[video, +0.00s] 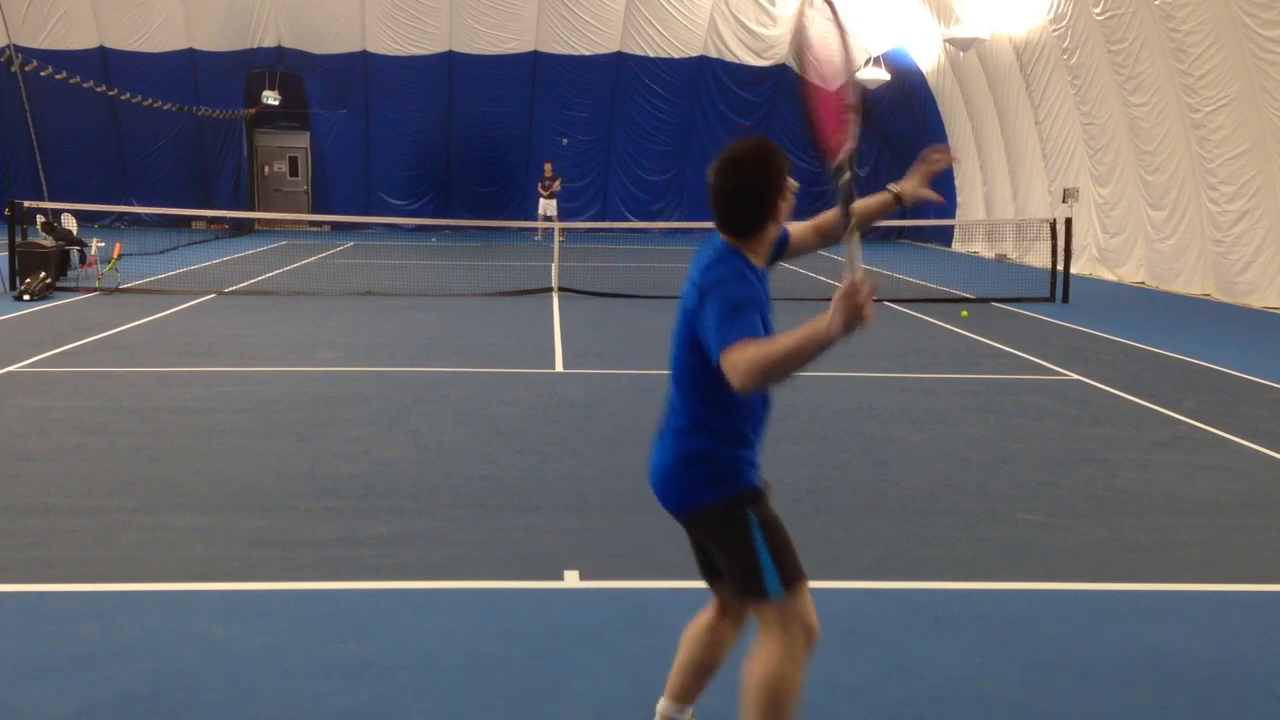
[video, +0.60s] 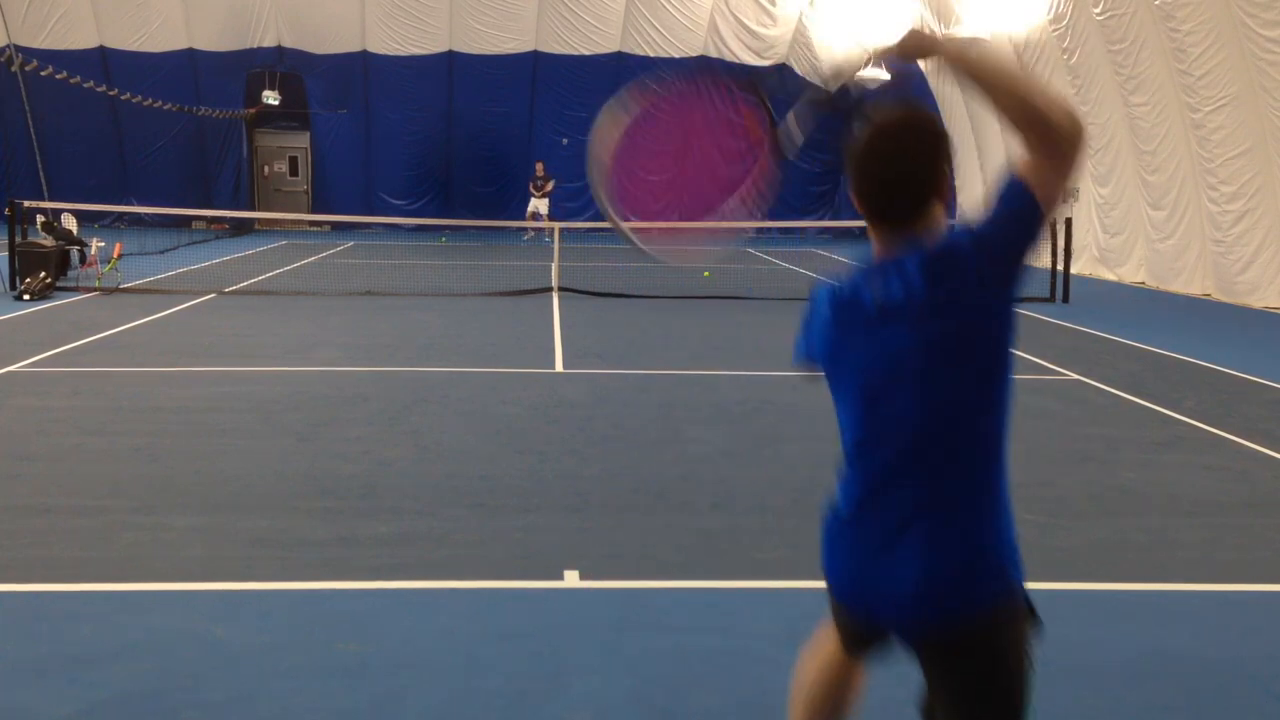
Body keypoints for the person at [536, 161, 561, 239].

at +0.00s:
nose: (547, 168)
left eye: (548, 166)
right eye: (545, 166)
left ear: (551, 167)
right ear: (544, 167)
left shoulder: (556, 177)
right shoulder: (542, 177)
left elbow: (558, 188)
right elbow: (539, 188)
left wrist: (550, 190)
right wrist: (544, 193)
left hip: (552, 199)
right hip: (543, 199)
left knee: (554, 217)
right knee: (540, 216)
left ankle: (559, 234)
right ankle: (540, 234)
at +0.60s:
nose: (538, 167)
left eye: (540, 166)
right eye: (537, 166)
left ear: (543, 167)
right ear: (535, 167)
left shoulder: (547, 177)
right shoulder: (533, 177)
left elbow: (549, 187)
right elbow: (530, 187)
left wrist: (542, 192)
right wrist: (535, 193)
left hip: (543, 199)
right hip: (534, 198)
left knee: (544, 216)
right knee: (528, 215)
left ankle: (547, 234)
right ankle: (530, 231)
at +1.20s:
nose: (547, 169)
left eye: (548, 167)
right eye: (546, 167)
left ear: (551, 169)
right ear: (543, 169)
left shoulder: (552, 178)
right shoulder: (539, 178)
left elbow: (554, 188)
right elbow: (536, 190)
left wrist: (550, 196)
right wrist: (544, 197)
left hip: (548, 198)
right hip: (539, 198)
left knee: (552, 216)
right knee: (539, 215)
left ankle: (548, 233)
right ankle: (535, 233)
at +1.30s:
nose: (552, 172)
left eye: (553, 170)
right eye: (550, 170)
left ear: (555, 171)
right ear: (547, 171)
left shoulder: (556, 182)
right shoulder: (544, 181)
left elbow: (557, 192)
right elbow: (541, 193)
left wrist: (555, 200)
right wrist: (550, 200)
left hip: (551, 201)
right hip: (543, 201)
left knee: (555, 218)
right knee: (545, 217)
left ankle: (550, 236)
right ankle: (536, 235)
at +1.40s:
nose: (557, 173)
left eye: (558, 171)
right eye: (555, 171)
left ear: (559, 173)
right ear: (552, 172)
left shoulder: (557, 183)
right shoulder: (550, 182)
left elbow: (559, 192)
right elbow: (548, 194)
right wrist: (556, 201)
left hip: (553, 202)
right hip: (546, 201)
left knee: (557, 218)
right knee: (554, 215)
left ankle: (552, 235)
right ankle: (545, 231)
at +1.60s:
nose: (568, 179)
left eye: (568, 177)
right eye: (567, 177)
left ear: (563, 177)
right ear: (562, 176)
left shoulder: (558, 184)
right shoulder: (561, 186)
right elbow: (566, 197)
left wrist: (567, 188)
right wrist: (573, 196)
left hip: (548, 203)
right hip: (551, 204)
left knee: (557, 219)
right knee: (563, 218)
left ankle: (551, 235)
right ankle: (561, 236)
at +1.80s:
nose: (572, 181)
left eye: (572, 179)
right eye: (571, 179)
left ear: (570, 179)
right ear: (567, 178)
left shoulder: (562, 184)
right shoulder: (564, 184)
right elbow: (569, 196)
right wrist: (576, 205)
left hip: (554, 204)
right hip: (555, 204)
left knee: (560, 220)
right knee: (566, 217)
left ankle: (551, 235)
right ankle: (563, 236)